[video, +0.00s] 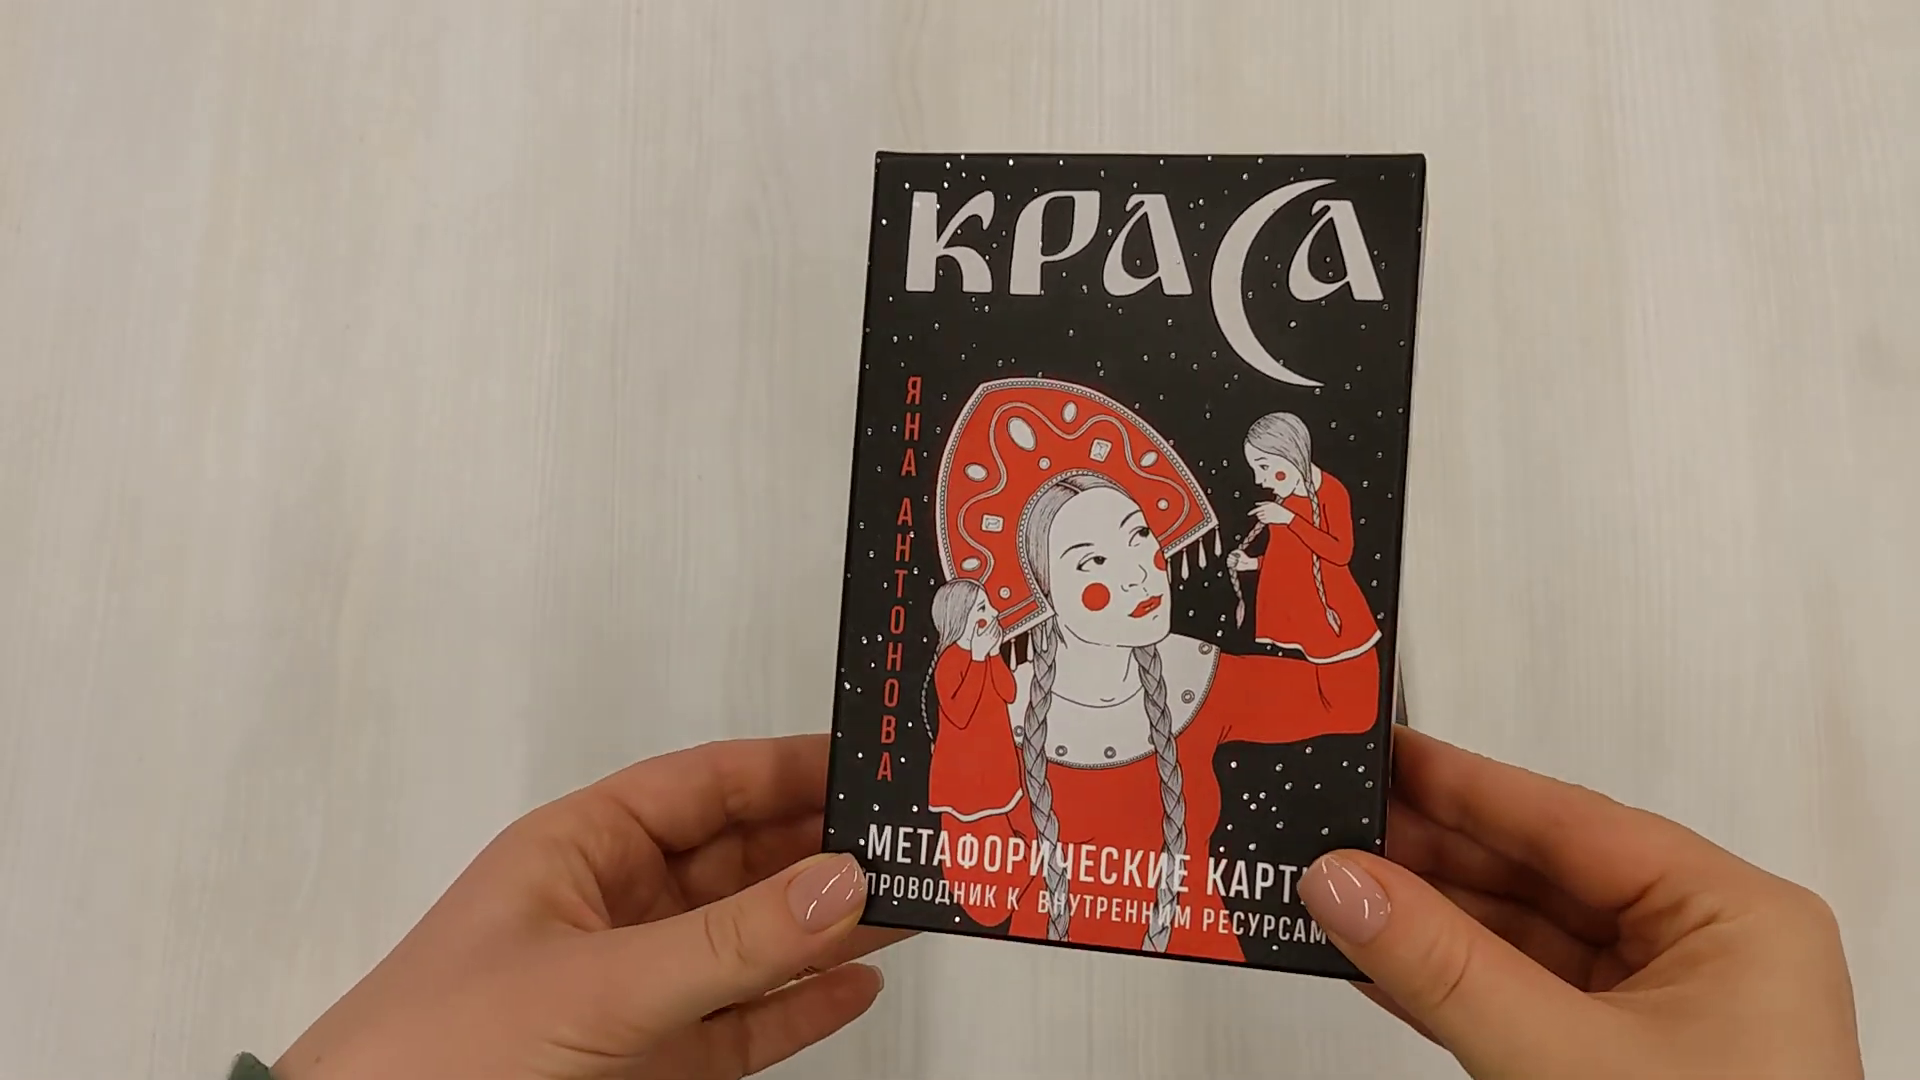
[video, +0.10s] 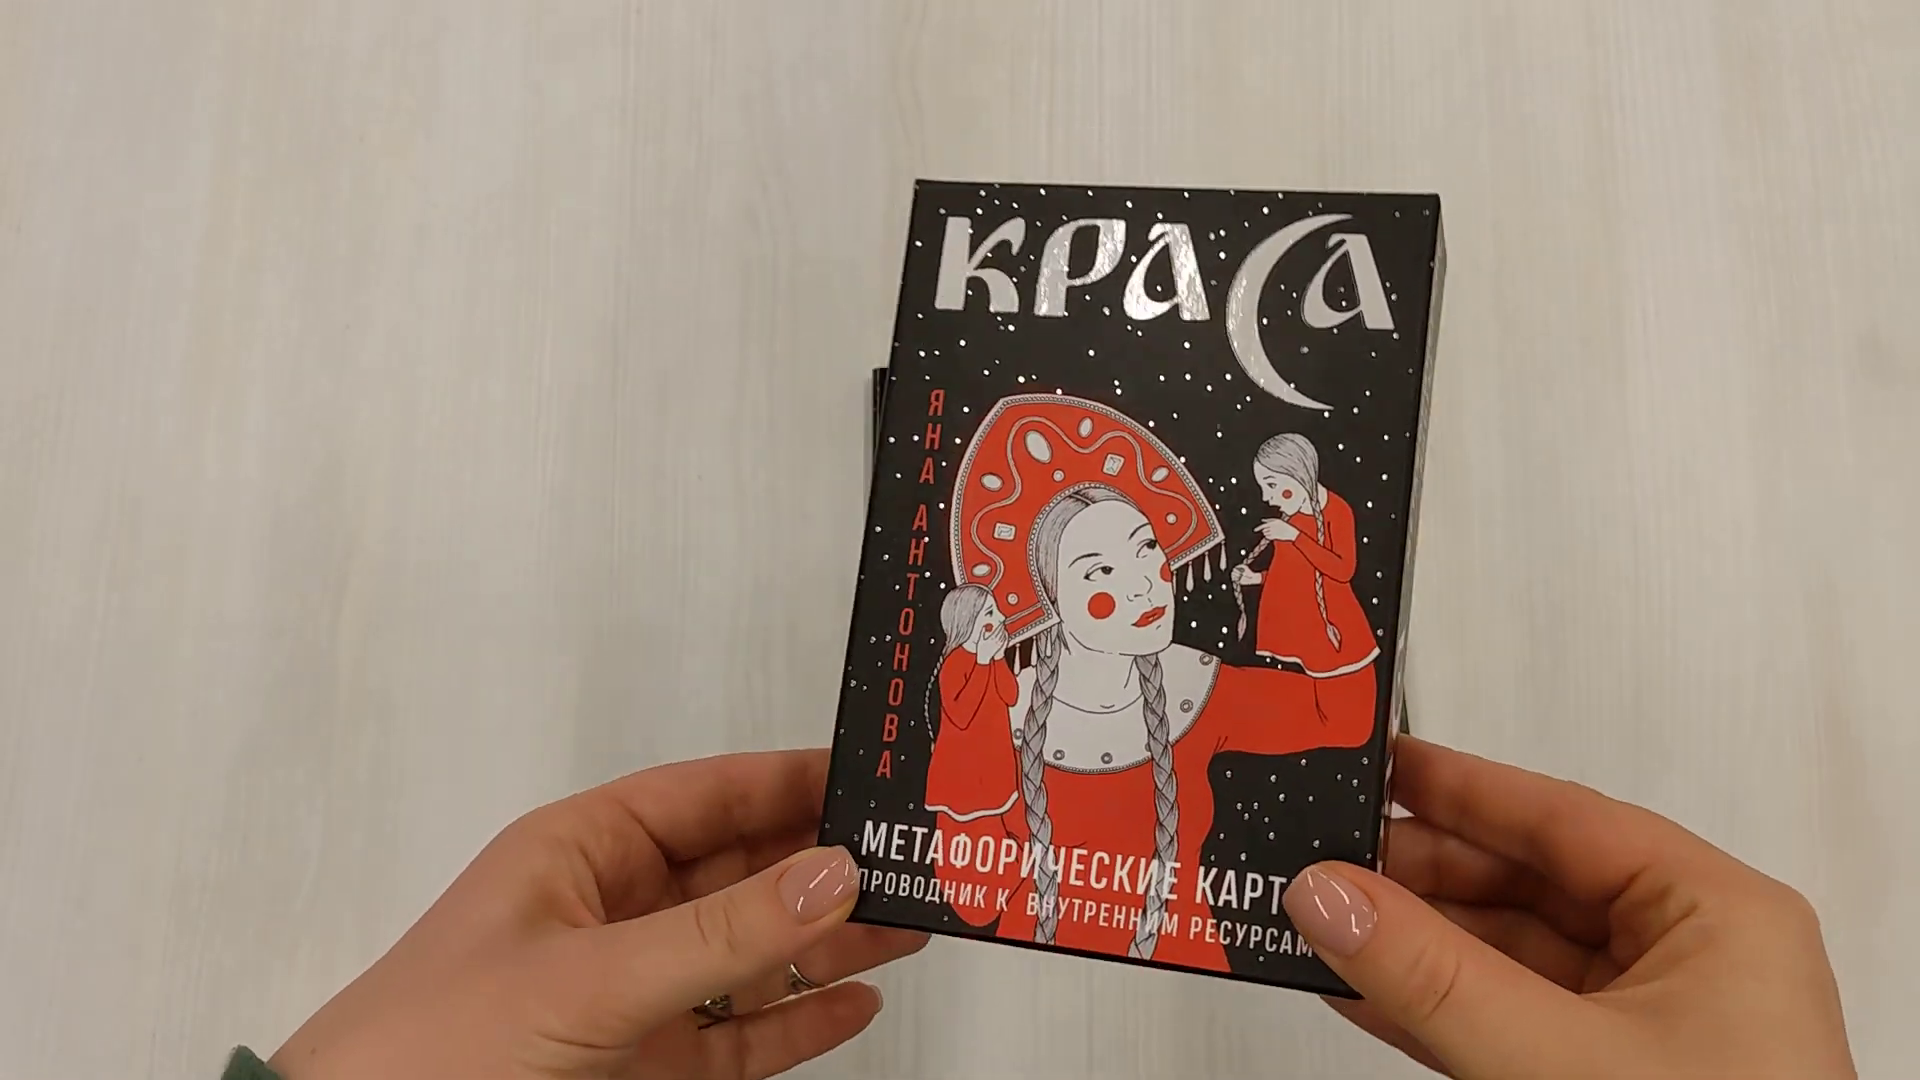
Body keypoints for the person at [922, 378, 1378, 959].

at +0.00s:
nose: (1138, 573)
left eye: (1136, 536)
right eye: (1090, 562)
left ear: (1156, 542)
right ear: (1048, 591)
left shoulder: (1196, 680)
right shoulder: (1000, 702)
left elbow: (1348, 695)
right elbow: (987, 901)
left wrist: (1304, 537)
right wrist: (968, 701)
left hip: (1191, 963)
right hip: (1042, 968)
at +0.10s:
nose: (1143, 583)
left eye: (1144, 549)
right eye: (1097, 572)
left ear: (1164, 555)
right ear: (1054, 600)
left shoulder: (1195, 689)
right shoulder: (1006, 704)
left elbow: (1344, 711)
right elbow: (974, 902)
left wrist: (1310, 559)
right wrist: (971, 712)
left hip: (1177, 968)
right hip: (1032, 962)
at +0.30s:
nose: (1131, 561)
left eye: (1139, 529)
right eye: (1090, 547)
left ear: (1157, 535)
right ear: (1046, 571)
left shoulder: (1163, 664)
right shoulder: (979, 656)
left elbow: (1314, 699)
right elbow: (909, 837)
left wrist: (1301, 559)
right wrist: (952, 630)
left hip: (1104, 923)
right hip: (969, 902)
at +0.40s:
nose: (1135, 566)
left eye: (1146, 537)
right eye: (1095, 547)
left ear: (1164, 549)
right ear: (1045, 562)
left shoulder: (1156, 675)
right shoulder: (974, 652)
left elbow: (1295, 731)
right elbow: (885, 824)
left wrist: (1300, 588)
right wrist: (939, 644)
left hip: (1067, 937)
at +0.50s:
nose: (1133, 581)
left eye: (1149, 555)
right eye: (1096, 558)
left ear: (1164, 569)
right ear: (1048, 572)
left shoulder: (1133, 688)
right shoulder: (962, 639)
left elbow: (1263, 751)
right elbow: (850, 801)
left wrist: (1293, 616)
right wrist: (935, 628)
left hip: (1000, 934)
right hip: (882, 884)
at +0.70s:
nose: (1158, 603)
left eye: (1179, 583)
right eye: (1134, 577)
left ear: (1191, 597)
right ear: (1086, 573)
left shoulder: (1139, 695)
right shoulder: (992, 625)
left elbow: (1253, 765)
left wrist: (1314, 641)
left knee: (836, 907)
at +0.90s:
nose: (1113, 553)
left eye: (1136, 546)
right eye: (1108, 529)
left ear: (1145, 558)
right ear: (1076, 517)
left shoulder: (1094, 619)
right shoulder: (1011, 563)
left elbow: (1187, 647)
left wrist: (1268, 560)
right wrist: (987, 546)